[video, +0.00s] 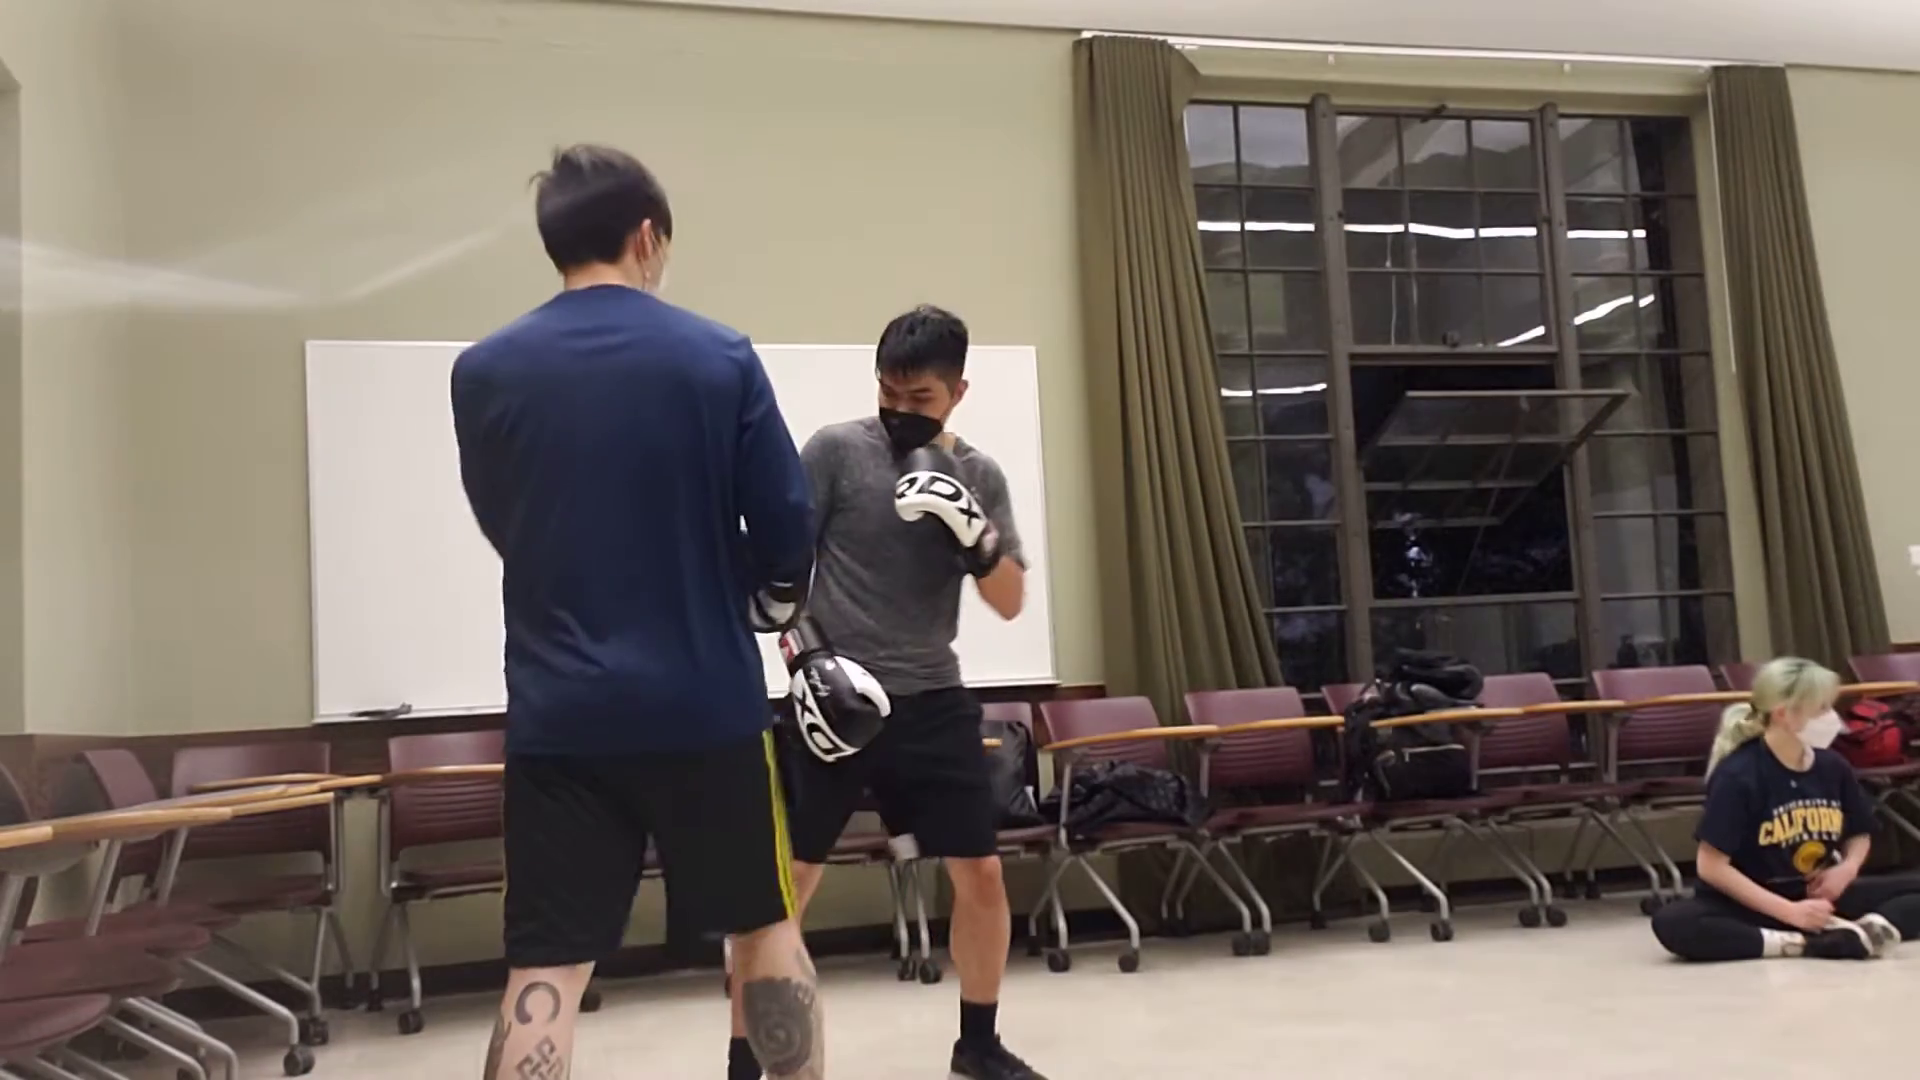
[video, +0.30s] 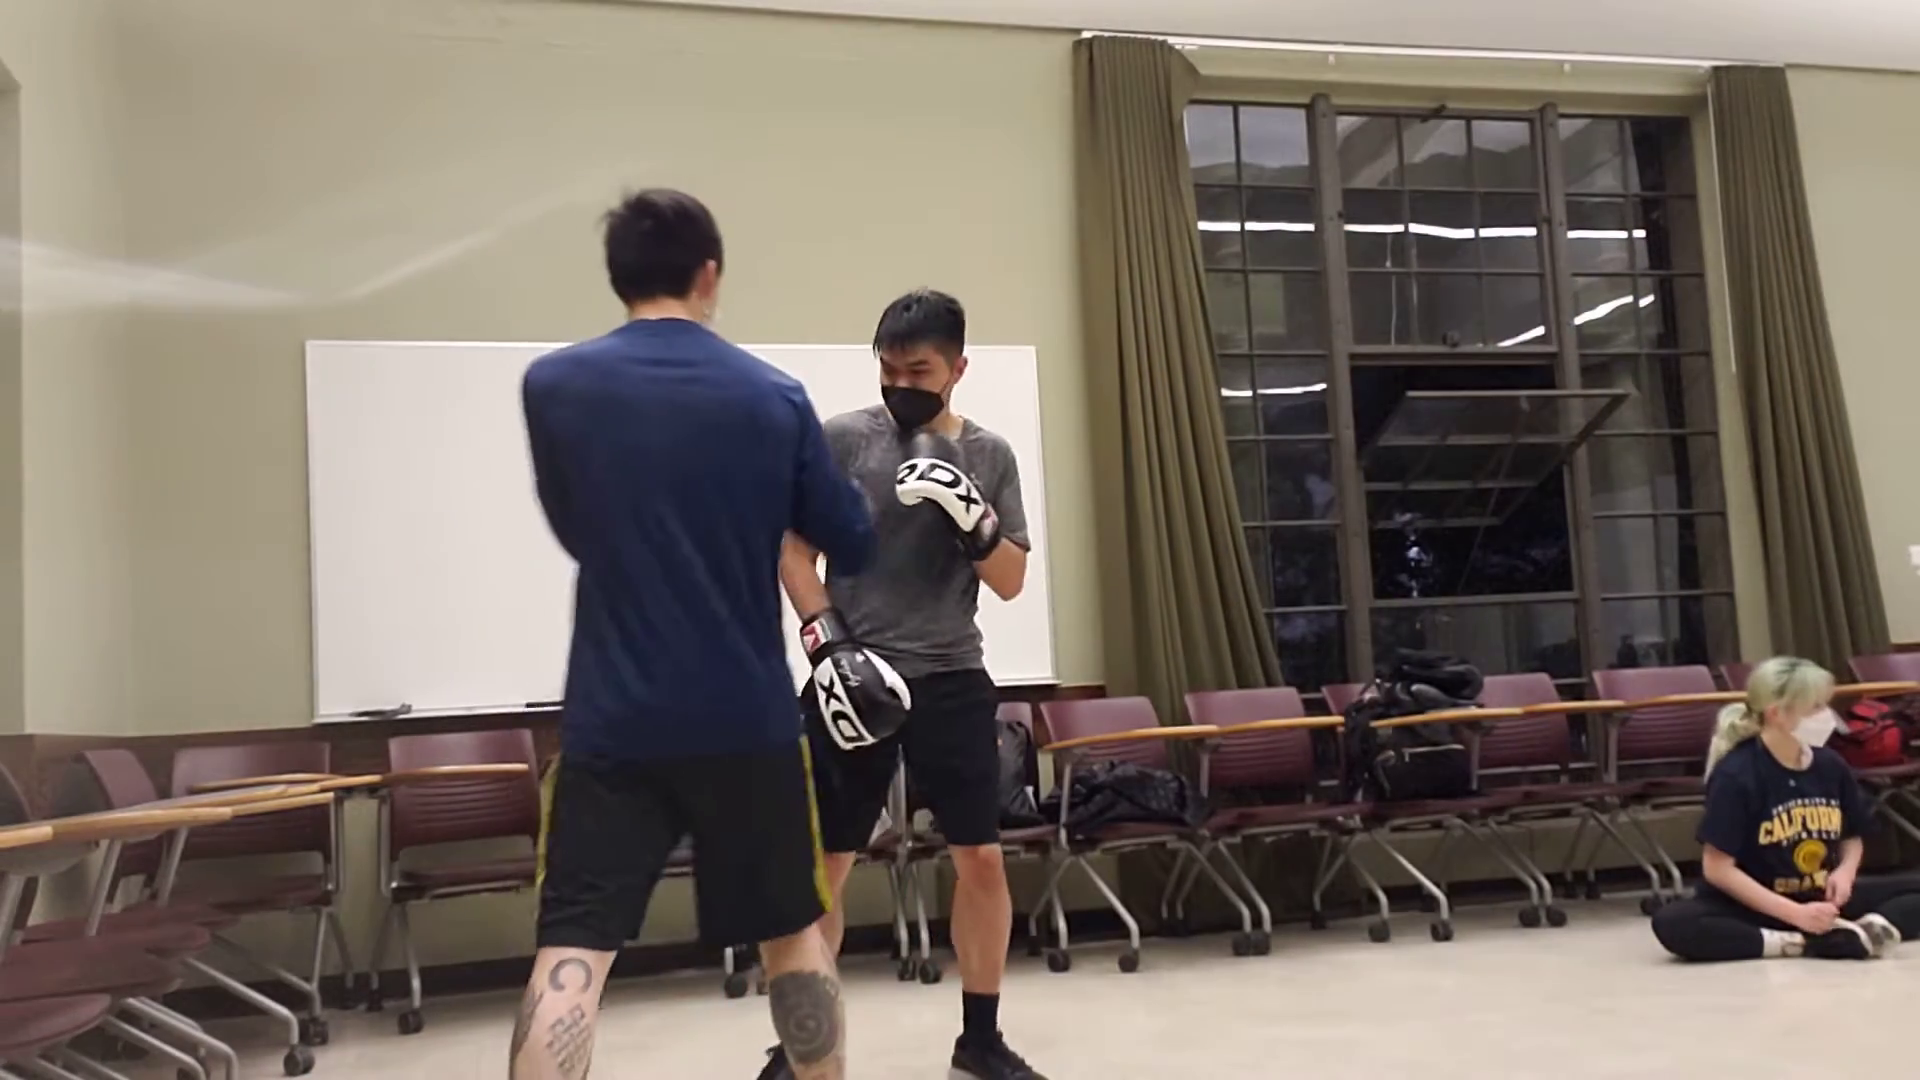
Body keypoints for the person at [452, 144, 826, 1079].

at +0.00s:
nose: (665, 258)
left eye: (661, 243)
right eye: (665, 242)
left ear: (554, 247)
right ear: (647, 237)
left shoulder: (484, 371)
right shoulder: (716, 356)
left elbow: (505, 526)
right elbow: (787, 533)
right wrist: (737, 575)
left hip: (558, 713)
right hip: (703, 711)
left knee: (545, 969)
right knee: (761, 927)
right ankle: (788, 1078)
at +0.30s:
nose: (719, 282)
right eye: (719, 271)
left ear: (616, 279)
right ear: (710, 274)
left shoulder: (555, 382)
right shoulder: (769, 398)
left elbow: (575, 532)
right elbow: (849, 540)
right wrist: (754, 489)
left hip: (612, 720)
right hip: (746, 719)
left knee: (572, 950)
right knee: (791, 934)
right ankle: (821, 1077)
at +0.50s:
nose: (765, 292)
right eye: (765, 281)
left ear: (665, 289)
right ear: (755, 282)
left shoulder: (607, 378)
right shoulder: (810, 390)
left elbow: (679, 481)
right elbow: (898, 510)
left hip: (664, 698)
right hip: (791, 703)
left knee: (596, 924)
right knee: (811, 933)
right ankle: (819, 1076)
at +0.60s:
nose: (776, 307)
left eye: (773, 298)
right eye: (776, 295)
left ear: (676, 299)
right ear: (763, 291)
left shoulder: (619, 380)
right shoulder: (815, 384)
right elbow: (873, 509)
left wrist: (705, 337)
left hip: (672, 698)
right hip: (795, 698)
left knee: (630, 935)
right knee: (817, 939)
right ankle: (823, 1074)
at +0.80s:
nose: (759, 314)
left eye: (754, 303)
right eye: (759, 302)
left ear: (661, 305)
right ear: (745, 297)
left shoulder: (601, 394)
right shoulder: (797, 390)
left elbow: (651, 499)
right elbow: (856, 537)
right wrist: (762, 484)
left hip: (671, 711)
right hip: (794, 706)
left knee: (657, 943)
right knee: (819, 934)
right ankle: (837, 1075)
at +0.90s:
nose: (753, 317)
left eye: (749, 304)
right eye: (753, 303)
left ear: (655, 305)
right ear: (737, 298)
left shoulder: (593, 403)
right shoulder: (793, 396)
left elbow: (642, 507)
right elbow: (856, 556)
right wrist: (758, 519)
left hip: (662, 714)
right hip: (786, 707)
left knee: (658, 939)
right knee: (834, 917)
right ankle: (842, 1073)